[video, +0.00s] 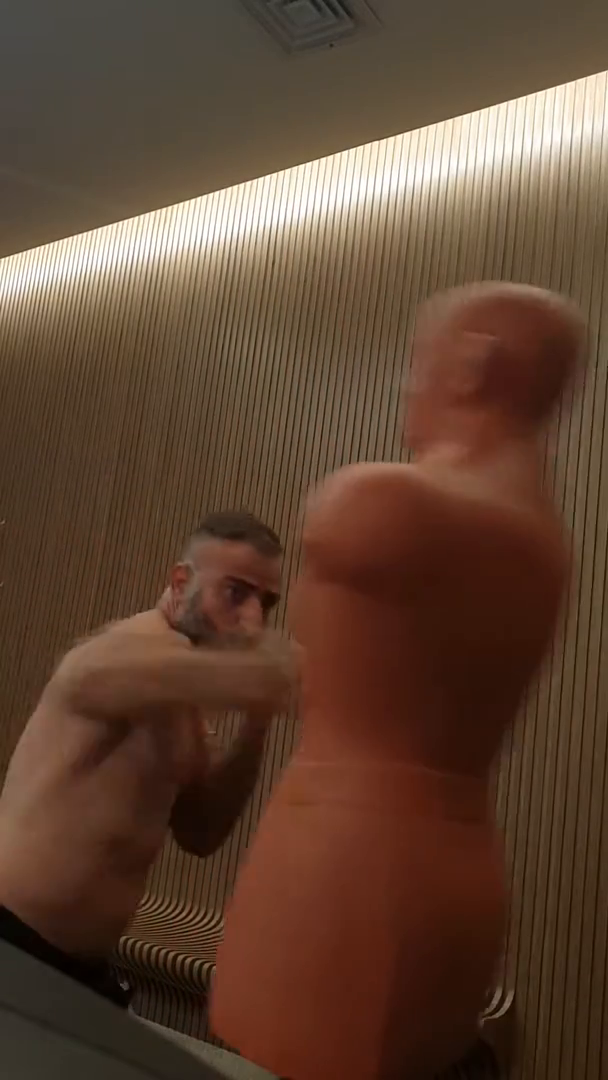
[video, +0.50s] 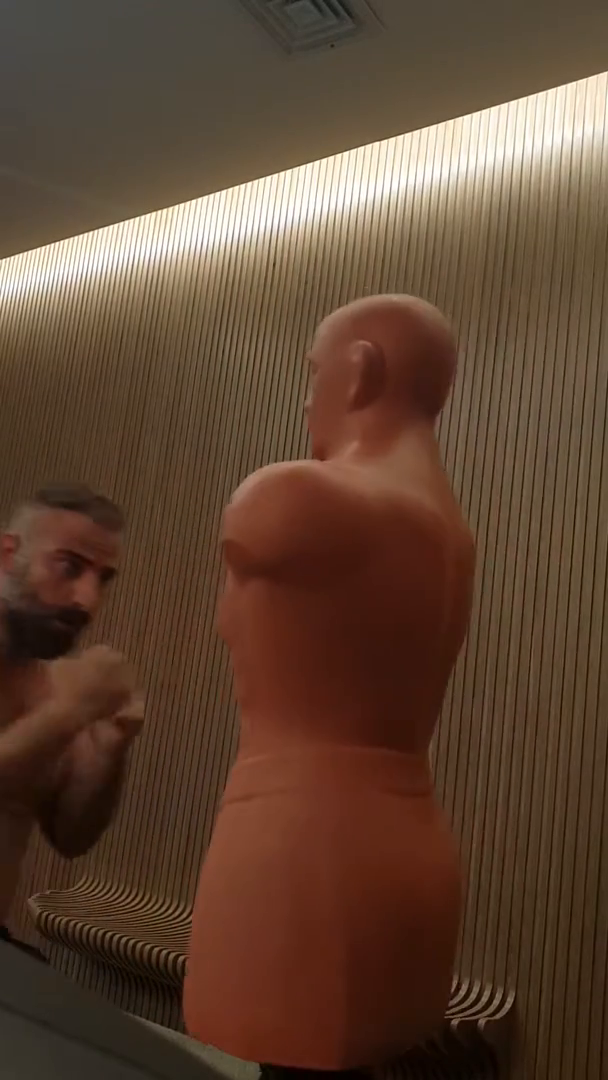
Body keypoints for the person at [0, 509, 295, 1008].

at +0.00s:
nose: (252, 622)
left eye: (267, 602)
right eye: (236, 593)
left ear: (274, 606)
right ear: (180, 583)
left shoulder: (185, 683)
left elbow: (200, 833)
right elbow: (274, 677)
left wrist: (257, 720)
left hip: (89, 970)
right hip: (20, 952)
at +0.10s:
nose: (250, 630)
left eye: (265, 612)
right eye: (235, 600)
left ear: (271, 622)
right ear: (180, 588)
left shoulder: (174, 701)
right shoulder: (129, 652)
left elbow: (198, 830)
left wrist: (243, 714)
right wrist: (148, 825)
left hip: (84, 967)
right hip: (20, 948)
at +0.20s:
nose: (225, 622)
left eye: (240, 603)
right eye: (209, 593)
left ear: (248, 608)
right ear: (155, 581)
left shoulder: (166, 682)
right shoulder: (93, 648)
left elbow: (198, 833)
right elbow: (19, 779)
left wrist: (232, 711)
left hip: (69, 955)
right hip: (13, 943)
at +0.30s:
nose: (191, 615)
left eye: (205, 596)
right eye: (174, 584)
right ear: (118, 572)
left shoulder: (123, 673)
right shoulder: (57, 638)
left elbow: (154, 829)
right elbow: (69, 758)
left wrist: (196, 695)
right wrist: (199, 677)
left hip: (47, 955)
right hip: (9, 951)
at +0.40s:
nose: (143, 609)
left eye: (157, 591)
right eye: (124, 579)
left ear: (164, 599)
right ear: (67, 568)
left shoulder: (80, 684)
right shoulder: (13, 644)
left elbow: (104, 837)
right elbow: (14, 791)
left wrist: (150, 704)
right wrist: (157, 697)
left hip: (18, 945)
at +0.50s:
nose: (88, 598)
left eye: (103, 578)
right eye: (70, 565)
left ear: (110, 584)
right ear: (9, 553)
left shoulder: (47, 686)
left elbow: (69, 838)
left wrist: (109, 752)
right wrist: (65, 711)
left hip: (3, 935)